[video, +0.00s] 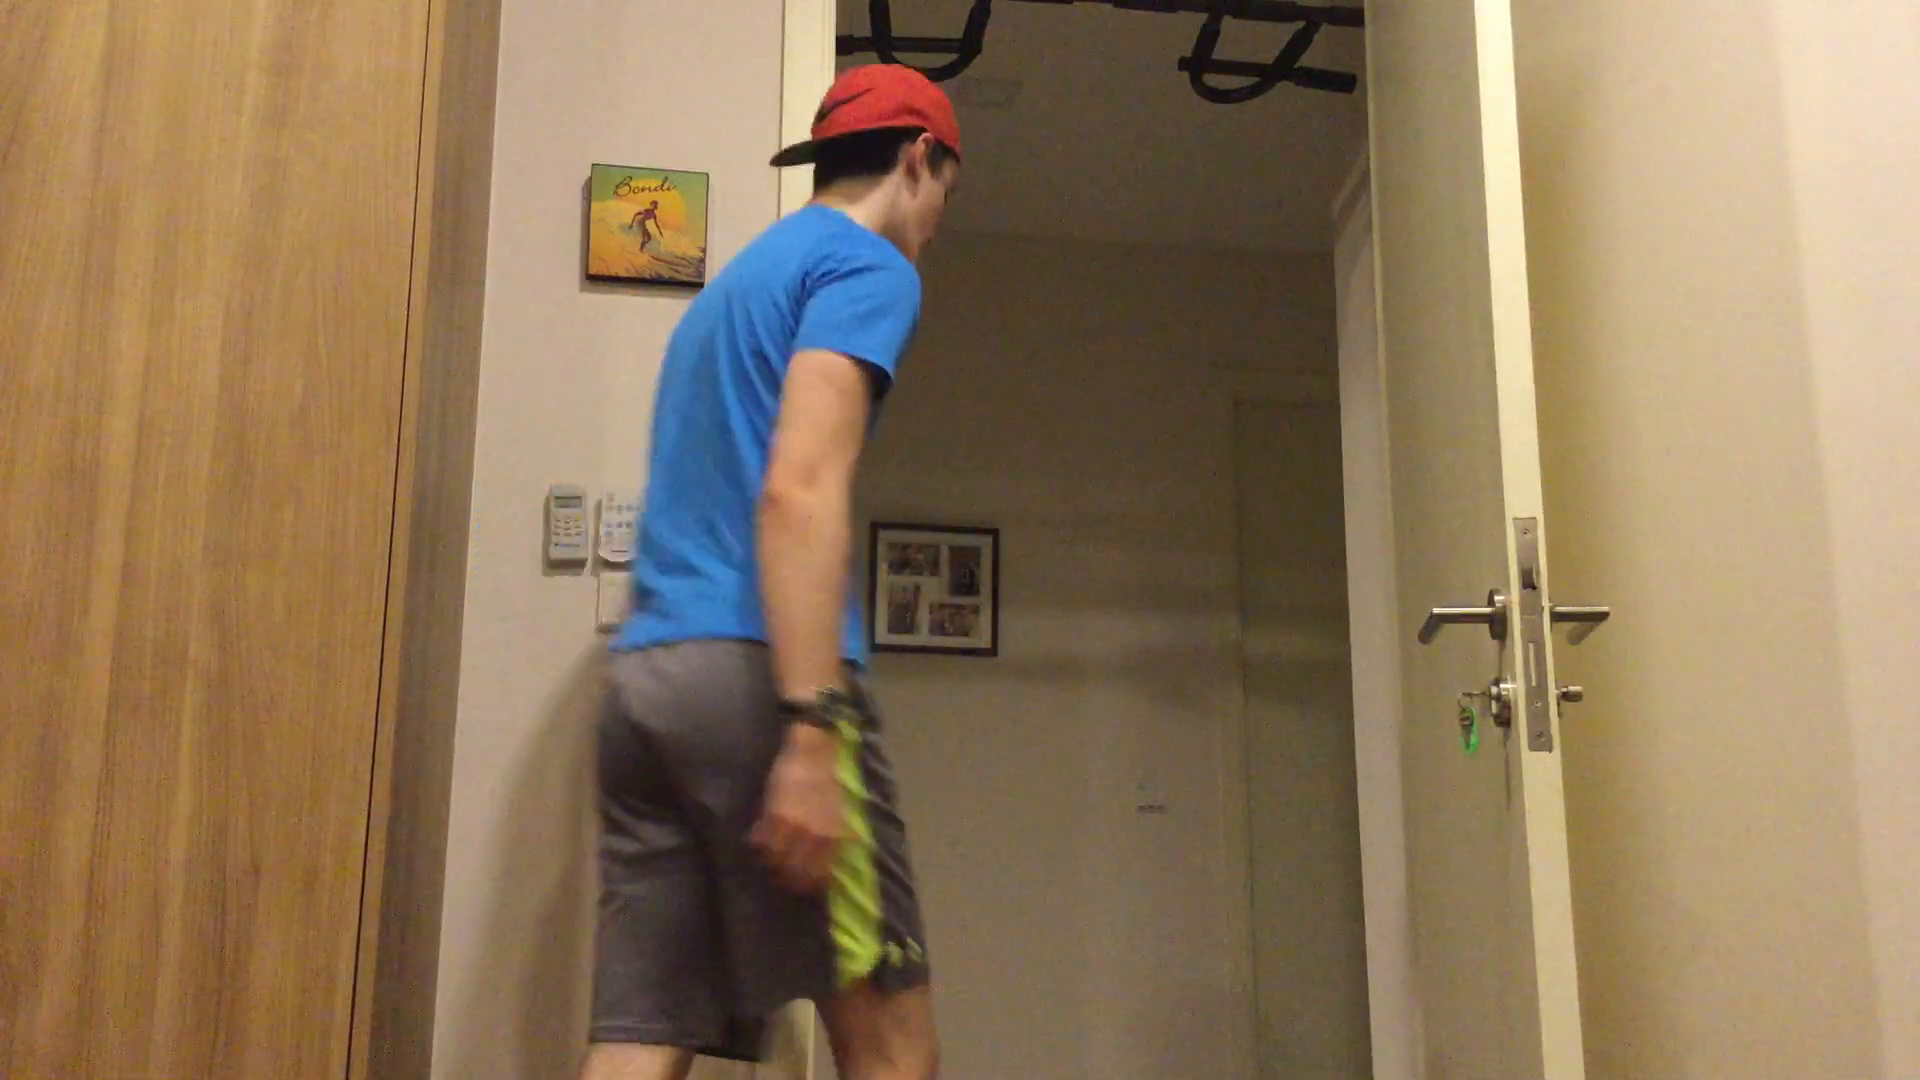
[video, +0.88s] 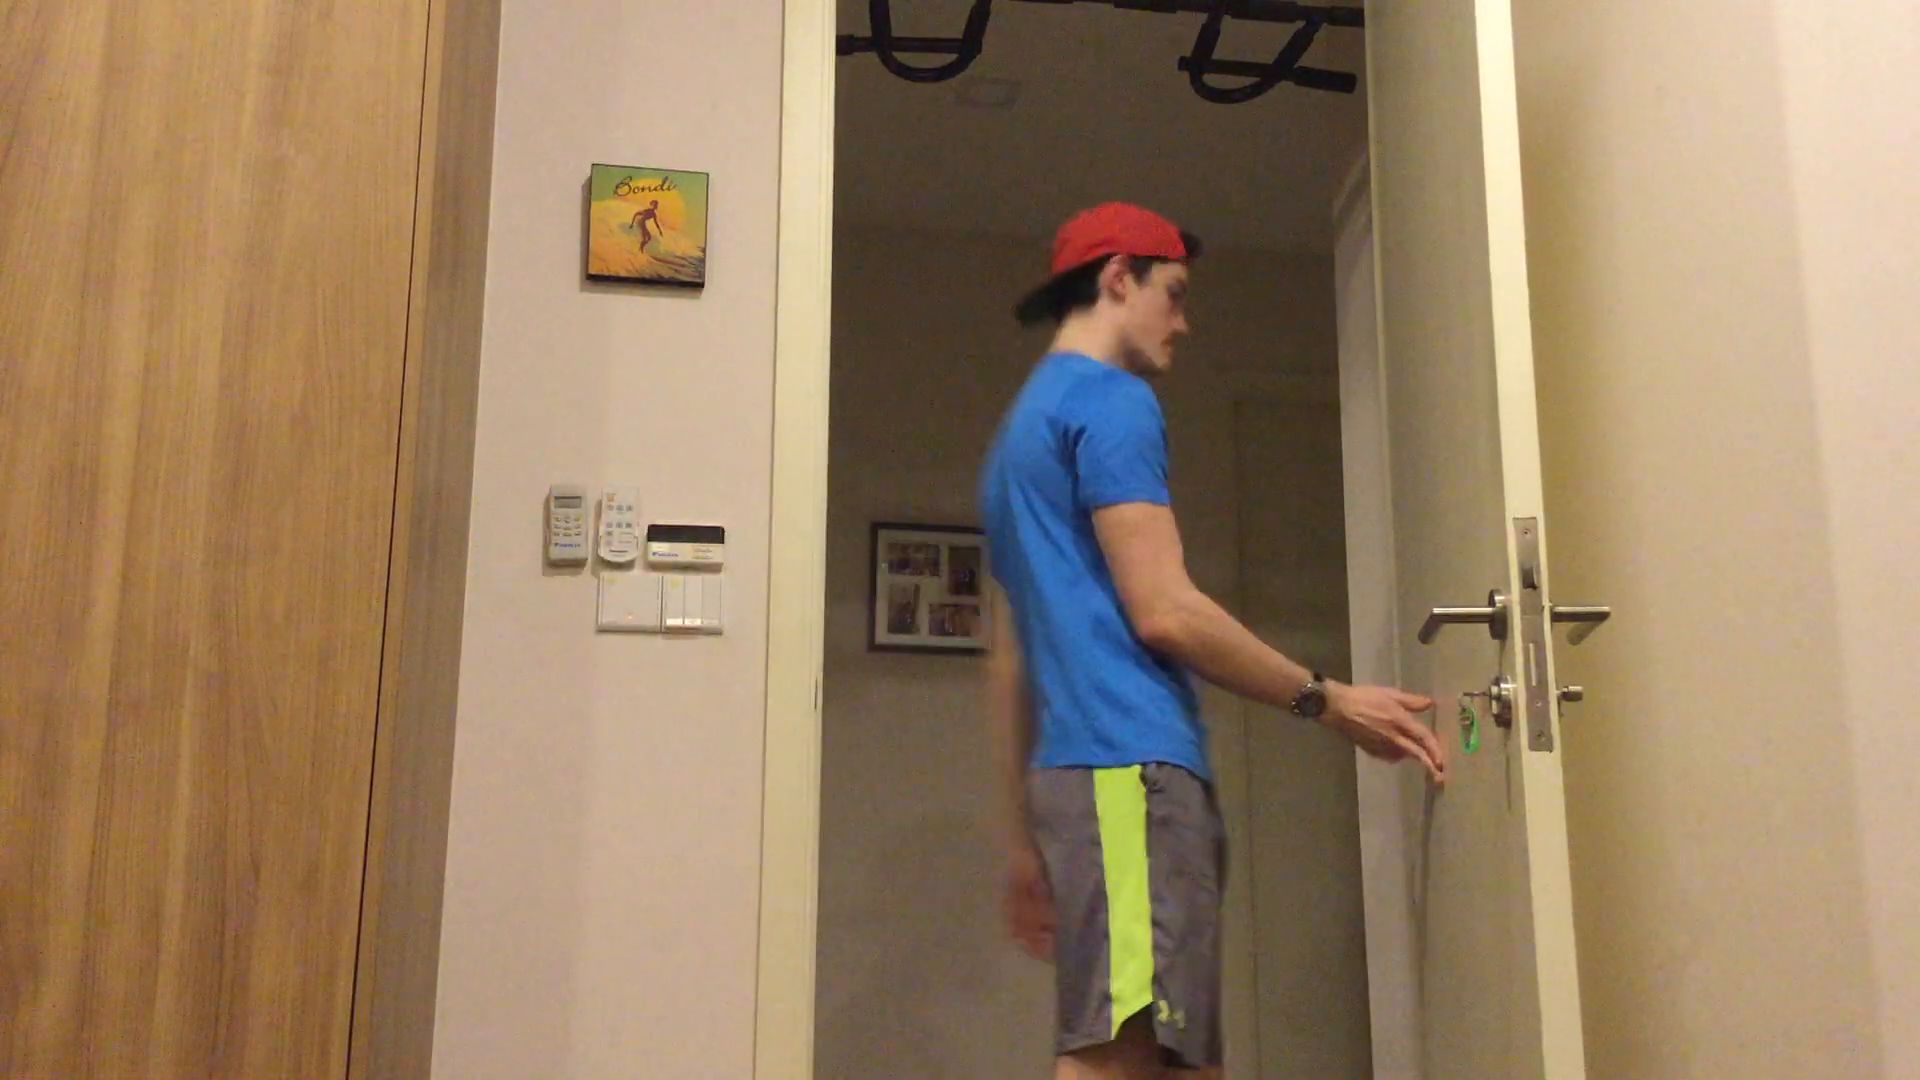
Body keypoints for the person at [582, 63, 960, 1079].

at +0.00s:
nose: (941, 221)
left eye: (947, 192)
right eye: (947, 189)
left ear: (826, 164)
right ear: (918, 163)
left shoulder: (740, 277)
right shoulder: (864, 264)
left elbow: (699, 499)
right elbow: (798, 486)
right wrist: (814, 728)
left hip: (644, 679)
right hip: (759, 678)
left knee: (636, 1039)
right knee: (886, 1039)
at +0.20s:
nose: (986, 248)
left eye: (988, 225)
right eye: (988, 223)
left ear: (869, 203)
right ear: (972, 211)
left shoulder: (788, 323)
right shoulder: (946, 321)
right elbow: (917, 557)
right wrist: (946, 779)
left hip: (761, 721)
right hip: (870, 731)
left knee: (710, 1042)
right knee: (939, 1051)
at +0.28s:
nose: (1021, 247)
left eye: (1019, 235)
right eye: (1022, 232)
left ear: (905, 221)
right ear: (1013, 231)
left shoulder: (808, 353)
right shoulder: (1002, 345)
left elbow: (800, 562)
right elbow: (985, 577)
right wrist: (1011, 797)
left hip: (815, 742)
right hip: (931, 746)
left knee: (782, 1051)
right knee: (966, 1052)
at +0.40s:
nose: (1060, 270)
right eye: (1061, 253)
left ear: (947, 236)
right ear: (1057, 253)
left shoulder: (847, 374)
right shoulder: (1063, 359)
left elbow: (836, 603)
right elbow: (1073, 592)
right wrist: (1123, 799)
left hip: (879, 760)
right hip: (1005, 756)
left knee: (907, 1058)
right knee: (1012, 1057)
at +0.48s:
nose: (1084, 279)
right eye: (1085, 264)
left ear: (972, 247)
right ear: (1081, 263)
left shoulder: (872, 379)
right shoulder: (1089, 361)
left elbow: (860, 615)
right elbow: (1116, 590)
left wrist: (906, 736)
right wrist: (1173, 785)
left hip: (910, 762)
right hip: (1032, 754)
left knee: (988, 1042)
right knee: (1030, 1045)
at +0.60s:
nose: (1107, 293)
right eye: (1110, 278)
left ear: (1001, 261)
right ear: (1106, 274)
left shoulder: (909, 398)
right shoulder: (1111, 366)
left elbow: (895, 634)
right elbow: (1148, 593)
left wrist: (912, 816)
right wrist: (1240, 765)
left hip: (952, 766)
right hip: (1060, 759)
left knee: (1119, 1045)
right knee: (1047, 1054)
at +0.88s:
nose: (1183, 324)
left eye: (1184, 299)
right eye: (1173, 293)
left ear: (1109, 287)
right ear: (1118, 282)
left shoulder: (1023, 427)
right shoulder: (1106, 398)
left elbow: (1008, 656)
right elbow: (1163, 609)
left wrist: (1024, 835)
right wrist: (1329, 700)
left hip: (1086, 771)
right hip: (1127, 770)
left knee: (1168, 1054)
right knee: (1116, 1051)